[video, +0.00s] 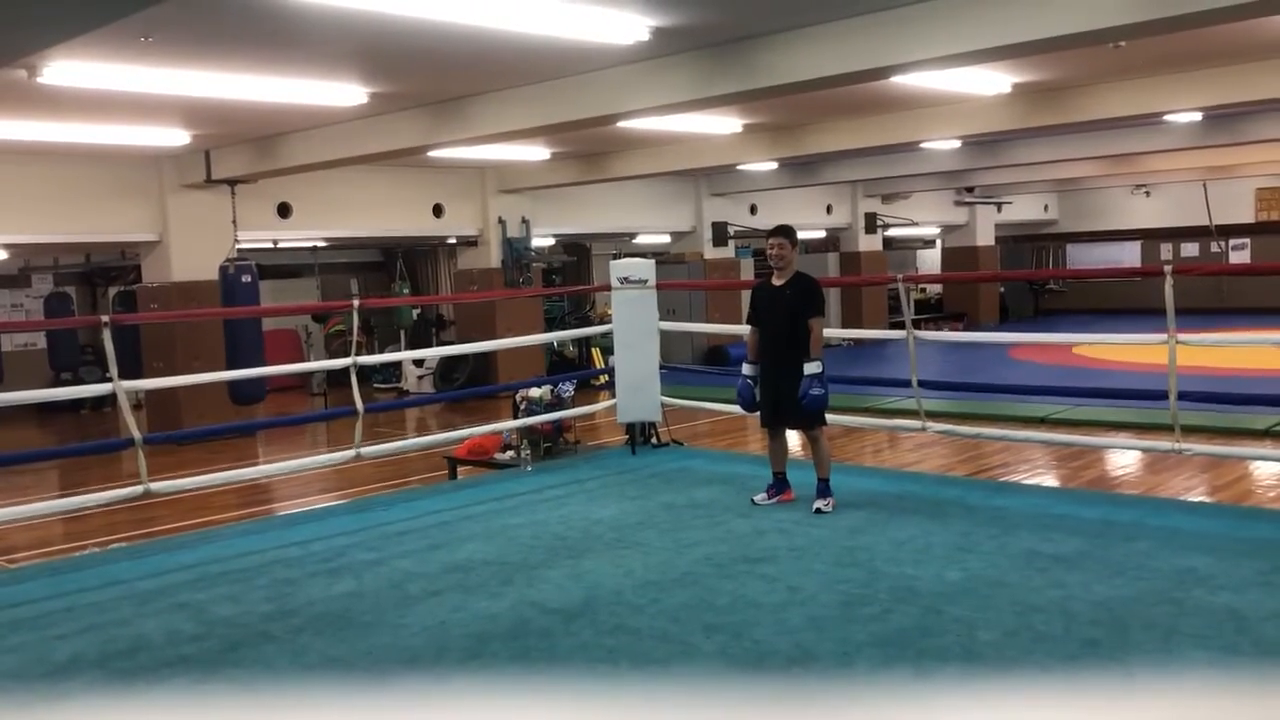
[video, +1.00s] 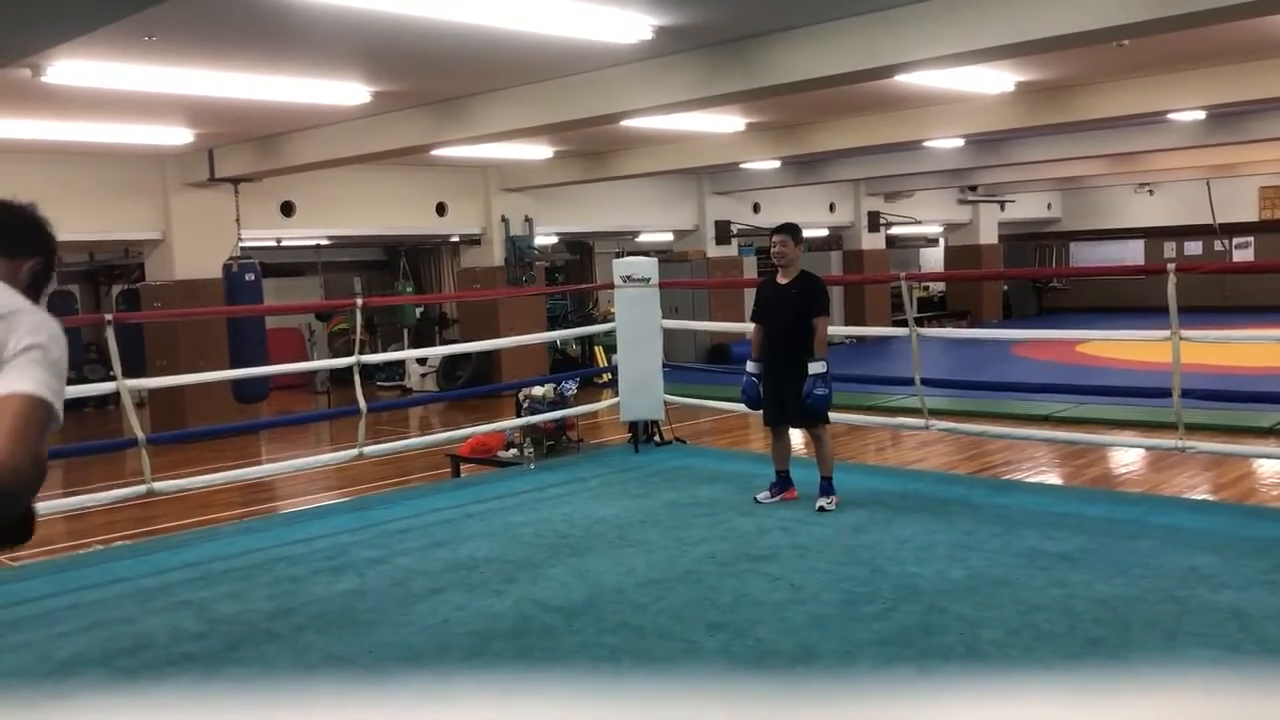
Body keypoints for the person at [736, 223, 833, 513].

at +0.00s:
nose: (774, 252)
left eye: (781, 247)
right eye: (770, 248)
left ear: (794, 250)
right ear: (766, 252)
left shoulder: (808, 286)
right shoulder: (761, 289)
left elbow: (816, 331)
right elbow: (754, 333)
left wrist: (815, 372)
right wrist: (748, 375)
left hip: (801, 372)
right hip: (770, 372)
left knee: (813, 432)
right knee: (774, 430)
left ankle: (823, 490)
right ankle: (779, 485)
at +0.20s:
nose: (775, 253)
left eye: (781, 247)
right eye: (771, 248)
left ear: (795, 251)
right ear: (766, 252)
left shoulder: (808, 287)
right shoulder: (761, 289)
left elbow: (816, 332)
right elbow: (754, 333)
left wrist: (815, 373)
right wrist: (748, 375)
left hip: (801, 372)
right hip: (769, 372)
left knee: (813, 431)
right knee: (774, 430)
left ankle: (823, 491)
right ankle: (779, 486)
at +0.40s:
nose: (777, 251)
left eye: (784, 246)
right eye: (773, 246)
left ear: (797, 249)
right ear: (769, 251)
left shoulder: (810, 285)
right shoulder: (763, 287)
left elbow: (818, 330)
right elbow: (756, 331)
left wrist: (816, 371)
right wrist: (750, 373)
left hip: (802, 370)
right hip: (771, 370)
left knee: (815, 430)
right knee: (775, 428)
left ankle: (825, 489)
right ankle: (781, 484)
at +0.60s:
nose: (778, 251)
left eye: (785, 245)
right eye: (774, 246)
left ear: (798, 249)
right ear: (770, 250)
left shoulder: (812, 285)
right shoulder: (765, 287)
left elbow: (820, 330)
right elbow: (757, 331)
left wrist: (818, 371)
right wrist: (752, 372)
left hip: (803, 370)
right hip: (772, 370)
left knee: (816, 430)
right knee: (776, 428)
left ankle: (826, 489)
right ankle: (782, 483)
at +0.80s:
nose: (777, 250)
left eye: (784, 245)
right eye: (774, 245)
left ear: (798, 248)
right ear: (770, 250)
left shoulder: (812, 285)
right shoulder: (765, 287)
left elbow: (820, 330)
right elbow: (757, 330)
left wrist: (818, 372)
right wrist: (752, 372)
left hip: (804, 370)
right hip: (772, 370)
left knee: (816, 430)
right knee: (777, 428)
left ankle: (826, 488)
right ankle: (782, 483)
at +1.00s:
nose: (776, 250)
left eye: (783, 245)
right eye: (773, 245)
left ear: (798, 248)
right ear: (770, 250)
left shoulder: (813, 285)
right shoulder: (766, 286)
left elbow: (821, 329)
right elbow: (758, 330)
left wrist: (819, 372)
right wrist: (752, 372)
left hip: (804, 370)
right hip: (773, 370)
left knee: (817, 430)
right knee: (777, 428)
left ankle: (826, 488)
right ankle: (783, 483)